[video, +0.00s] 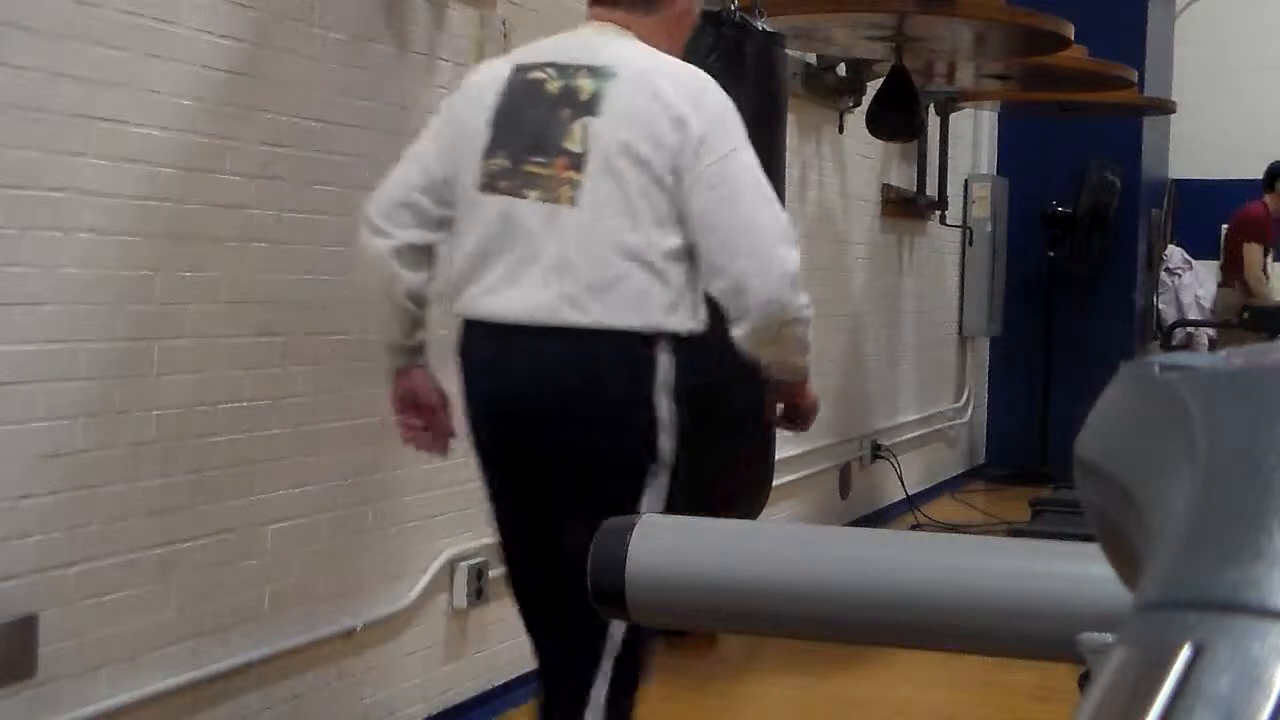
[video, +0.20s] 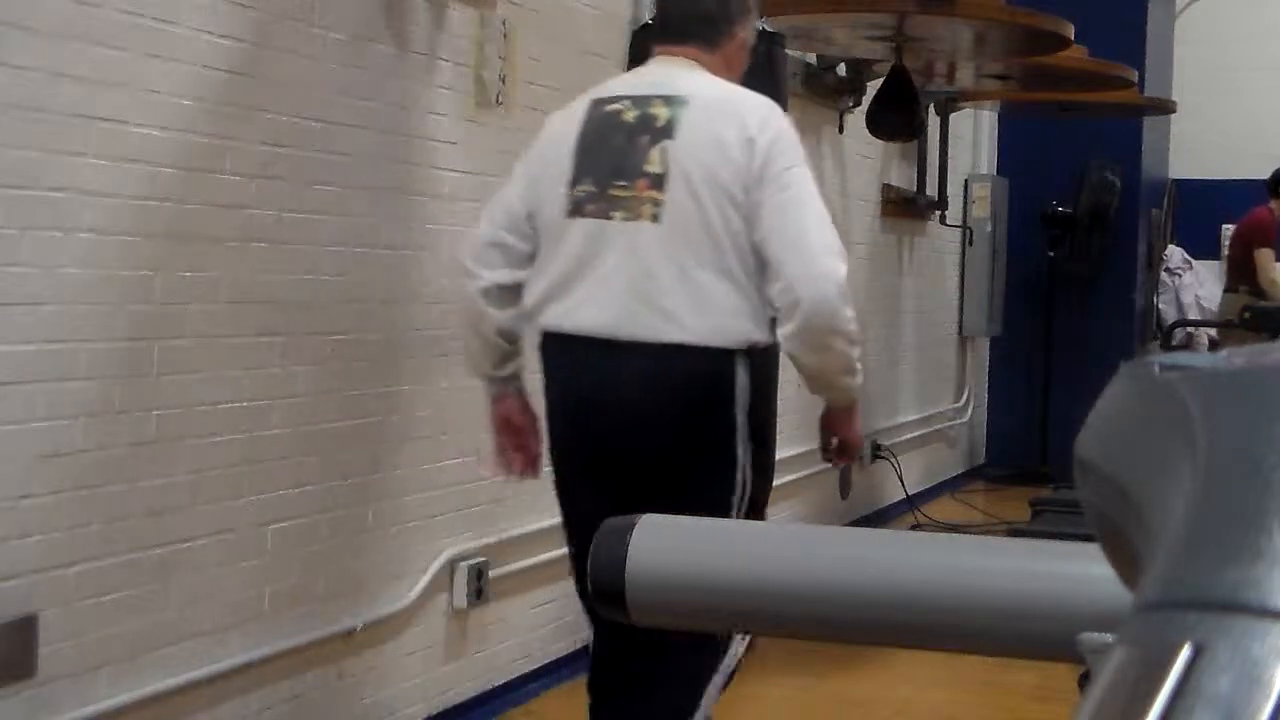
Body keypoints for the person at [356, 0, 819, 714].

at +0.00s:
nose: (693, 29)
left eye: (696, 19)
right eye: (695, 16)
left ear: (594, 5)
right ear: (680, 10)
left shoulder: (490, 80)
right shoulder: (686, 96)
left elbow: (394, 219)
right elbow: (760, 273)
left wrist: (406, 359)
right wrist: (788, 375)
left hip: (495, 359)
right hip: (623, 363)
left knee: (542, 586)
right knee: (609, 590)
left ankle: (570, 707)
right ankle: (586, 712)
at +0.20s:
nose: (749, 56)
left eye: (750, 41)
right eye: (748, 41)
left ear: (658, 31)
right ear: (733, 38)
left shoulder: (574, 116)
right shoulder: (756, 122)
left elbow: (492, 258)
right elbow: (814, 288)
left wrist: (502, 382)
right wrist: (841, 398)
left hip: (578, 377)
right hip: (707, 383)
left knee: (608, 596)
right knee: (700, 595)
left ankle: (618, 710)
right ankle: (664, 714)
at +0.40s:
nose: (811, 45)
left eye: (809, 33)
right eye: (811, 35)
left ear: (725, 28)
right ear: (802, 36)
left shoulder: (644, 105)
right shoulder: (823, 116)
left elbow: (561, 237)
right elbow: (874, 272)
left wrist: (579, 355)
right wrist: (891, 370)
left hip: (652, 363)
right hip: (775, 370)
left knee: (650, 571)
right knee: (800, 560)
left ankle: (639, 712)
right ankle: (788, 708)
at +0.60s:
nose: (878, 87)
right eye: (880, 79)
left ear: (796, 72)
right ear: (872, 79)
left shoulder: (729, 141)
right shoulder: (908, 157)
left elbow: (641, 257)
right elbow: (981, 297)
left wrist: (646, 371)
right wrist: (964, 367)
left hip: (729, 391)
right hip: (855, 399)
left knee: (707, 591)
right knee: (901, 585)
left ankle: (672, 714)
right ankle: (933, 711)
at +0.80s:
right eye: (937, 78)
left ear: (855, 78)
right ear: (934, 79)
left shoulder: (807, 143)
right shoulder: (979, 151)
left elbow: (752, 267)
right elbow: (1050, 284)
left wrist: (745, 383)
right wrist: (995, 313)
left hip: (822, 368)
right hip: (933, 374)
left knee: (815, 545)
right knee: (944, 556)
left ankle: (745, 701)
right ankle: (950, 710)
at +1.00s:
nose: (965, 72)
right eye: (962, 63)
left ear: (879, 71)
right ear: (954, 68)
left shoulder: (846, 135)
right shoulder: (1006, 133)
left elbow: (819, 257)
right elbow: (1078, 210)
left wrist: (821, 372)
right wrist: (1017, 186)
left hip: (876, 355)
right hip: (977, 361)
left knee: (863, 537)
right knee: (970, 542)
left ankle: (867, 704)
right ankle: (955, 707)